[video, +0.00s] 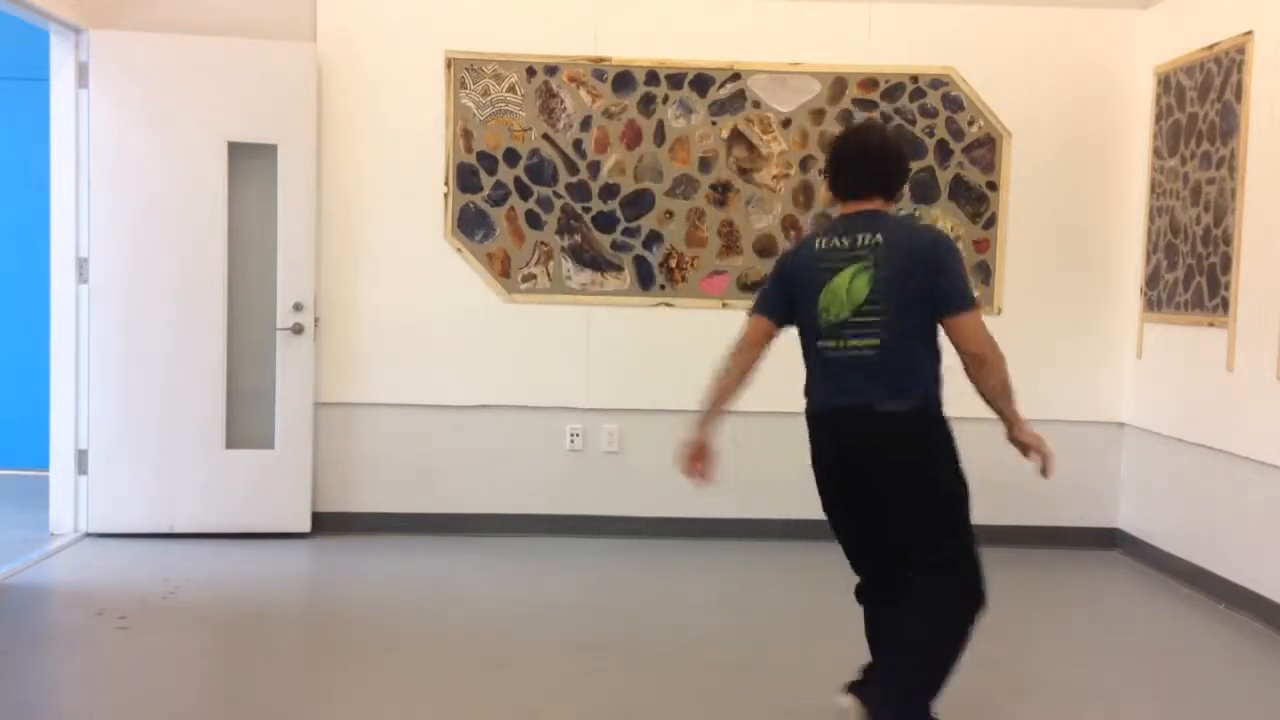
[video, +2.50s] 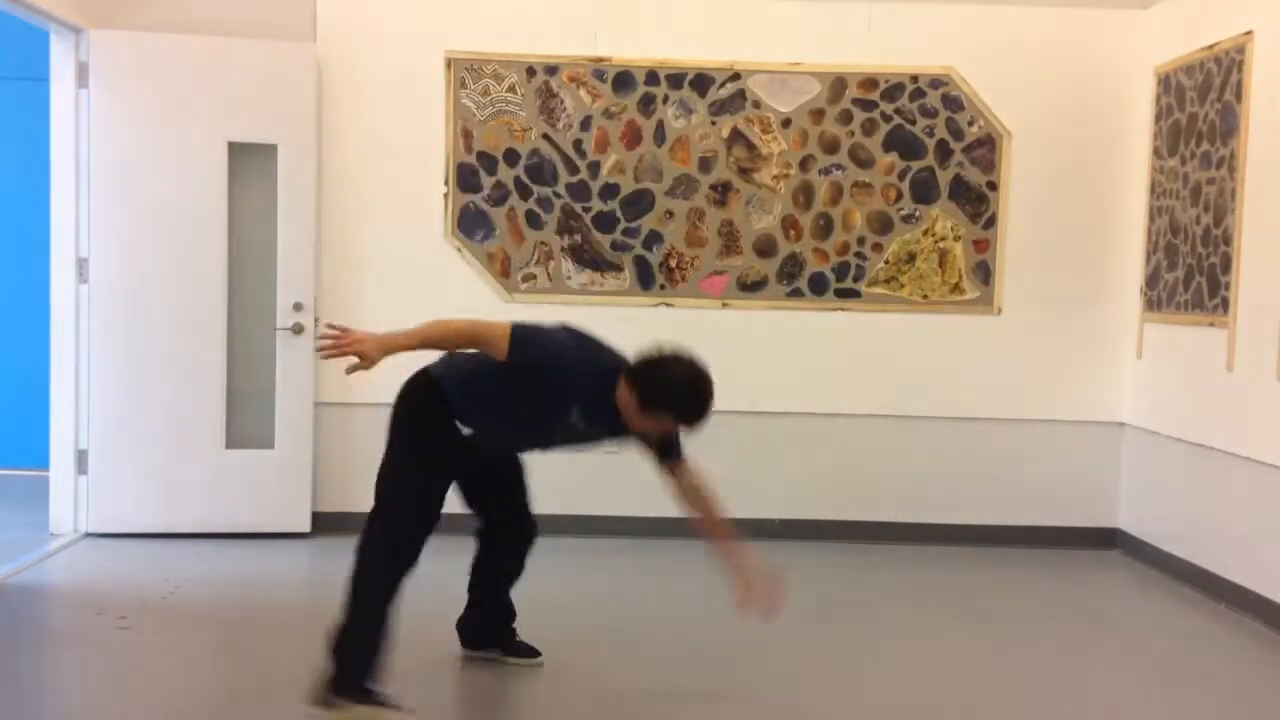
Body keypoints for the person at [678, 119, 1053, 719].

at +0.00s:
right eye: (898, 173)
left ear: (832, 182)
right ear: (898, 180)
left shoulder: (802, 256)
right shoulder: (928, 248)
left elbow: (749, 347)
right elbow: (977, 351)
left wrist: (703, 424)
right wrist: (1014, 423)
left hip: (834, 442)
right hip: (909, 438)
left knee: (880, 575)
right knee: (955, 583)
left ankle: (894, 697)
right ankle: (890, 698)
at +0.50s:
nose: (741, 169)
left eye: (741, 159)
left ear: (743, 162)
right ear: (810, 159)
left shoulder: (716, 233)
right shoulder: (847, 234)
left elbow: (660, 324)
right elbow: (886, 338)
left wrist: (714, 351)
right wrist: (833, 362)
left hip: (709, 417)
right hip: (791, 424)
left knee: (643, 536)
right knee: (798, 584)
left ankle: (573, 664)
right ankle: (793, 711)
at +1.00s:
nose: (517, 195)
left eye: (518, 187)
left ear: (522, 190)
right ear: (586, 188)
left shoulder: (500, 256)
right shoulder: (628, 263)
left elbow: (469, 353)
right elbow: (618, 355)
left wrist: (459, 411)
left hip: (510, 434)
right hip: (592, 437)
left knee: (464, 567)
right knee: (595, 577)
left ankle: (426, 704)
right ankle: (652, 697)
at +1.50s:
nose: (416, 203)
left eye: (416, 194)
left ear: (418, 200)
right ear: (476, 199)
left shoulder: (395, 265)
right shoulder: (507, 272)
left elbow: (325, 335)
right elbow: (539, 366)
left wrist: (276, 312)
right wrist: (555, 439)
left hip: (397, 430)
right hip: (465, 435)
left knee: (351, 543)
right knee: (414, 533)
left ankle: (400, 649)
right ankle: (390, 644)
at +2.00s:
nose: (522, 213)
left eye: (523, 203)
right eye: (521, 202)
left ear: (464, 185)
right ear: (506, 194)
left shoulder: (409, 226)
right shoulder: (510, 235)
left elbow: (323, 269)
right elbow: (535, 319)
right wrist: (586, 403)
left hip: (397, 396)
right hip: (469, 398)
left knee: (409, 531)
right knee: (516, 527)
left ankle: (387, 672)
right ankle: (506, 662)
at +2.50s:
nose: (667, 435)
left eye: (672, 429)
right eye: (665, 425)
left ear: (664, 415)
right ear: (639, 400)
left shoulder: (649, 419)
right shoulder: (571, 357)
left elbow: (692, 492)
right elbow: (471, 332)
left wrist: (740, 564)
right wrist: (384, 343)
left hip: (489, 433)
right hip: (435, 403)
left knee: (511, 527)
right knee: (396, 535)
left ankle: (485, 630)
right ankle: (349, 675)